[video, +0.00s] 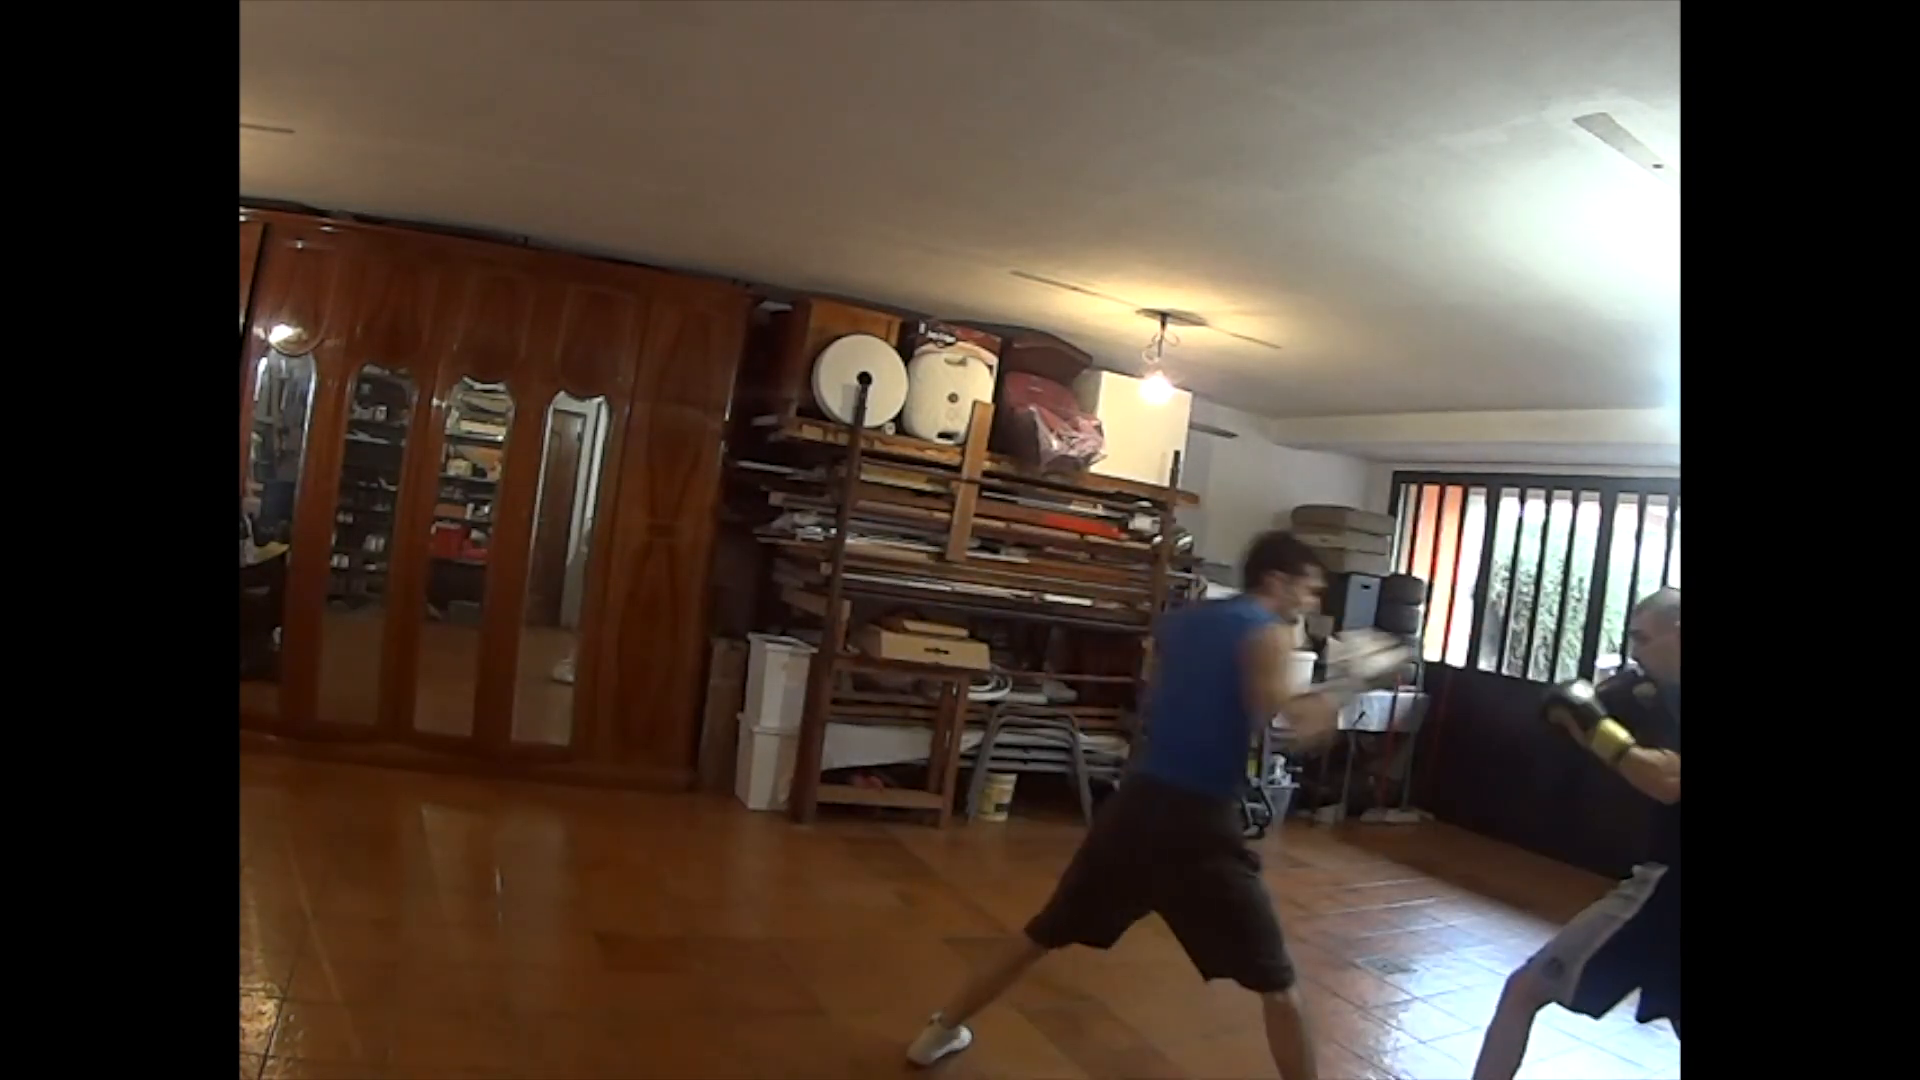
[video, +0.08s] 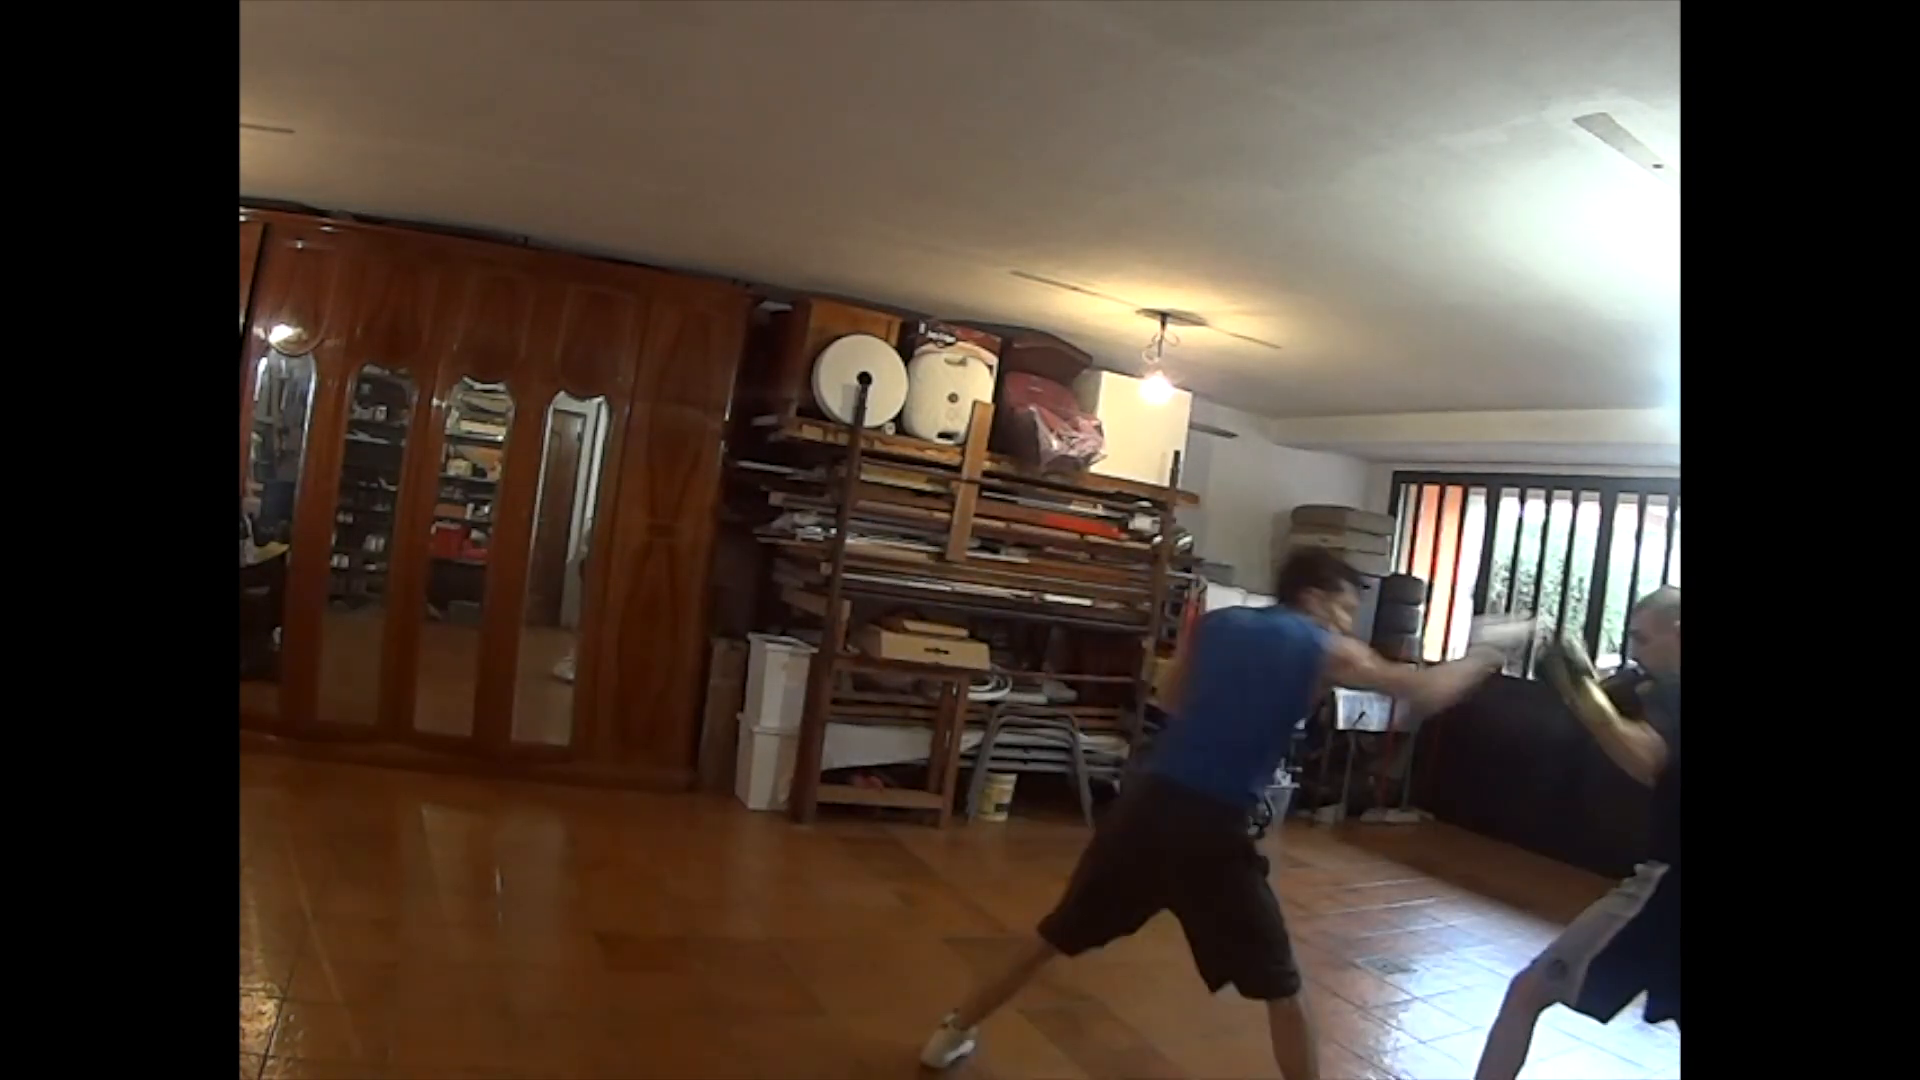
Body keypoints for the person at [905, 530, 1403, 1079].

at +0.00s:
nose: (1310, 606)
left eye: (1315, 595)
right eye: (1308, 593)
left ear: (1252, 580)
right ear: (1274, 581)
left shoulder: (1182, 619)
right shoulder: (1265, 630)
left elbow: (1167, 698)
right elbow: (1277, 707)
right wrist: (1353, 683)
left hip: (1131, 816)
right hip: (1203, 828)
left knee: (1038, 935)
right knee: (1278, 986)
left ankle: (937, 1032)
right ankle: (1307, 1075)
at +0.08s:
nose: (1353, 621)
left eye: (1354, 612)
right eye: (1349, 610)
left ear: (1288, 589)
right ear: (1321, 598)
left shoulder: (1211, 621)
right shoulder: (1321, 646)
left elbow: (1173, 700)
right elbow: (1419, 690)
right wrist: (1479, 661)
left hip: (1143, 813)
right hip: (1216, 833)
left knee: (1057, 932)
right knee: (1283, 989)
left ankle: (953, 1032)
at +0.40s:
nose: (1323, 589)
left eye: (1324, 577)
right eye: (1320, 575)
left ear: (1256, 564)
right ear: (1294, 565)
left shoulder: (1194, 620)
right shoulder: (1307, 615)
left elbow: (1193, 722)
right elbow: (1392, 704)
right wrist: (1406, 620)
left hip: (1180, 835)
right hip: (1265, 846)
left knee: (1090, 991)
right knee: (1315, 1012)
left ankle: (1008, 1074)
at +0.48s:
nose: (1297, 587)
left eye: (1298, 577)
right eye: (1293, 574)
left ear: (1226, 565)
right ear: (1265, 566)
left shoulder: (1168, 625)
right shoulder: (1284, 616)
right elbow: (1392, 686)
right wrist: (1394, 598)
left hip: (1169, 849)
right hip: (1253, 858)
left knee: (1078, 1003)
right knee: (1309, 1016)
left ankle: (1007, 1073)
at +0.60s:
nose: (1229, 562)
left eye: (1229, 550)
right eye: (1225, 549)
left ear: (1156, 547)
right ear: (1192, 549)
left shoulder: (1106, 622)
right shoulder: (1219, 601)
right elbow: (1337, 666)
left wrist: (1231, 601)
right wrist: (1391, 647)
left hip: (1139, 840)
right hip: (1223, 845)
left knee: (1052, 1009)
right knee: (1279, 1018)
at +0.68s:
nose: (1216, 559)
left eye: (1217, 548)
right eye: (1213, 546)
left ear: (1138, 544)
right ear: (1183, 543)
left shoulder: (1091, 612)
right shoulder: (1204, 592)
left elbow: (1156, 703)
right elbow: (1313, 665)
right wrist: (1368, 632)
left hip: (1127, 837)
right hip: (1215, 844)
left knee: (1045, 1009)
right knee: (1272, 1020)